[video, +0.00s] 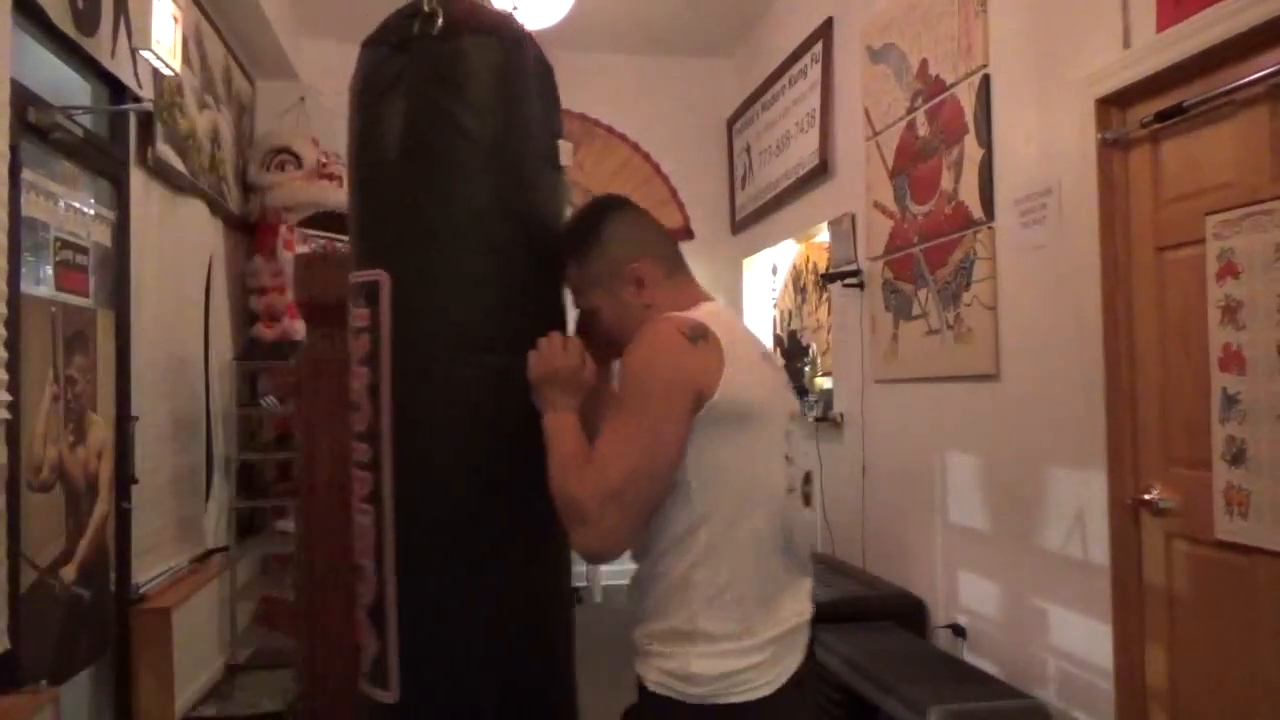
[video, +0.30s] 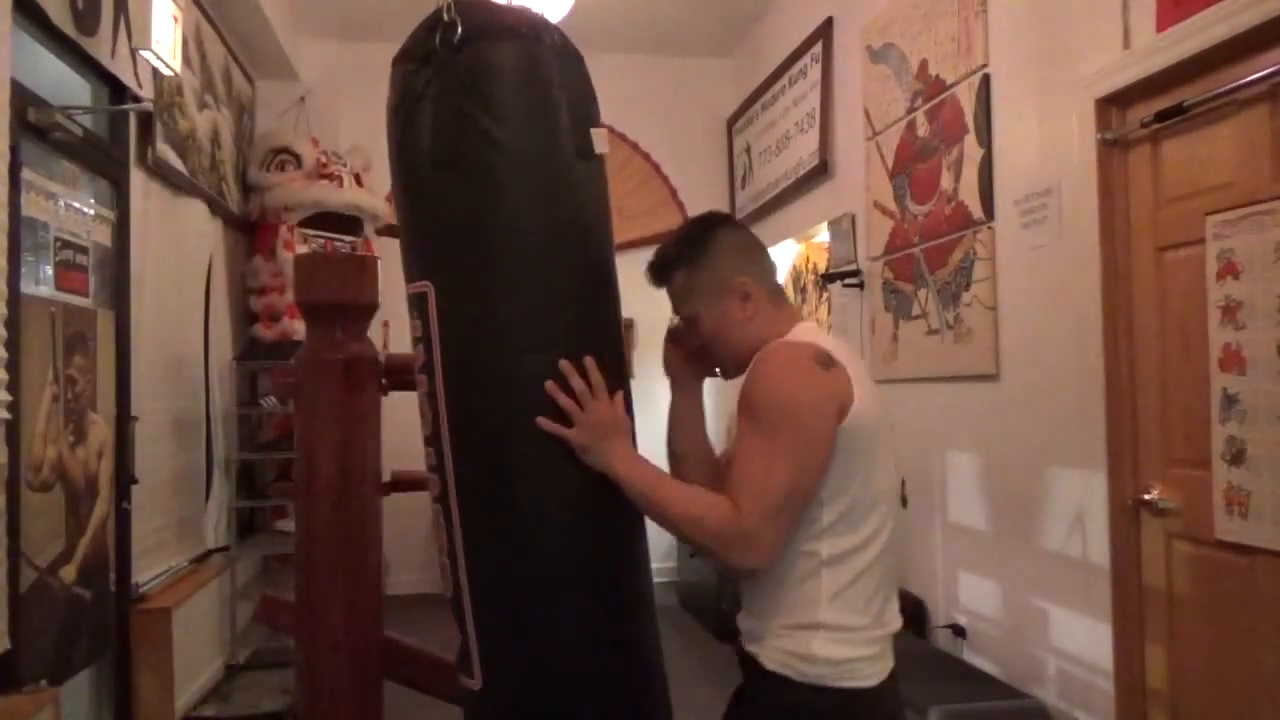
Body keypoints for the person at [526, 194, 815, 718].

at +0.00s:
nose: (583, 329)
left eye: (589, 308)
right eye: (581, 311)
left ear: (639, 284)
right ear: (645, 283)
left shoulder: (671, 342)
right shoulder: (734, 339)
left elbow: (599, 529)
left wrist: (559, 407)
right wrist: (593, 386)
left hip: (702, 690)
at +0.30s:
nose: (686, 337)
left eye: (691, 318)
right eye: (683, 321)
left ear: (744, 299)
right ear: (748, 300)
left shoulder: (792, 367)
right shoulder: (810, 358)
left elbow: (747, 539)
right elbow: (704, 500)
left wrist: (619, 459)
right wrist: (686, 386)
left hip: (812, 689)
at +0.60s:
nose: (704, 307)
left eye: (708, 287)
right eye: (699, 289)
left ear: (766, 270)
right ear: (769, 272)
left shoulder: (820, 353)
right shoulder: (838, 336)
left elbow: (768, 534)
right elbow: (713, 474)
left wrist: (647, 433)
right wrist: (700, 352)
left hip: (855, 687)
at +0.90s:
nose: (620, 388)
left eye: (626, 362)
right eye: (619, 365)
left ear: (690, 346)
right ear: (692, 348)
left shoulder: (828, 446)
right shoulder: (712, 463)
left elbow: (781, 659)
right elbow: (660, 612)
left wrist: (641, 517)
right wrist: (622, 508)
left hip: (892, 707)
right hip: (810, 699)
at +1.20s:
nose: (628, 379)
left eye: (632, 357)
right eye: (625, 361)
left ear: (683, 341)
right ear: (691, 338)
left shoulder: (736, 406)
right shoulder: (787, 387)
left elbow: (774, 604)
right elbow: (718, 569)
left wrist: (649, 586)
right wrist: (658, 446)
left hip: (881, 705)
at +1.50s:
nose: (683, 428)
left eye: (687, 404)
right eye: (682, 406)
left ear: (736, 393)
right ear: (759, 389)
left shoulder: (738, 444)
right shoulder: (842, 431)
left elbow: (789, 598)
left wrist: (745, 696)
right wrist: (720, 509)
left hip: (883, 707)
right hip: (977, 698)